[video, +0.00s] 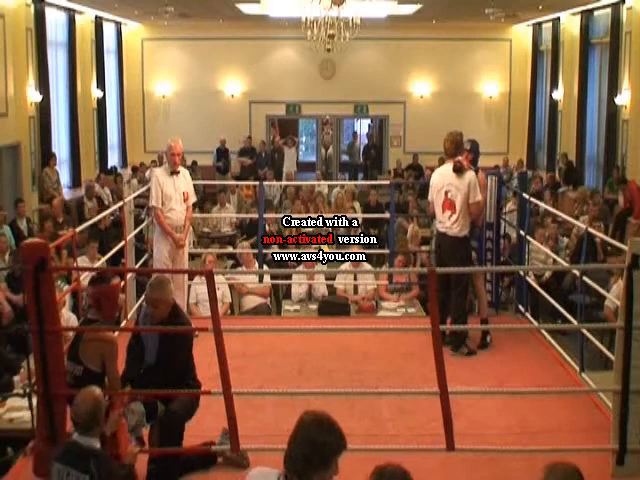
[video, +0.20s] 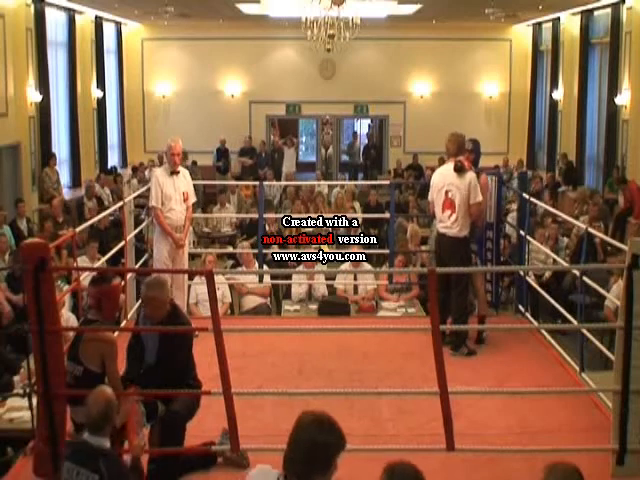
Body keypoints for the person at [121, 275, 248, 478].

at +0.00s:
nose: (152, 311)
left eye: (157, 307)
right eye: (149, 305)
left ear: (171, 303)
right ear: (145, 299)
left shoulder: (181, 326)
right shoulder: (143, 315)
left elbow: (170, 372)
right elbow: (133, 351)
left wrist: (138, 388)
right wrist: (127, 381)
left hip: (182, 389)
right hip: (151, 389)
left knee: (171, 417)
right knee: (164, 468)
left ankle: (158, 471)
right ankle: (216, 450)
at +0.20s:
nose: (148, 308)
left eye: (153, 303)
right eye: (145, 302)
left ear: (167, 301)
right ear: (142, 299)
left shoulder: (180, 326)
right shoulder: (142, 316)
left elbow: (170, 372)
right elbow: (133, 353)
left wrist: (136, 386)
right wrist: (126, 382)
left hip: (182, 389)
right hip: (150, 388)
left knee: (173, 417)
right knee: (163, 468)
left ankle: (159, 470)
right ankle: (216, 451)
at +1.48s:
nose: (149, 284)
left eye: (154, 278)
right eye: (148, 278)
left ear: (169, 279)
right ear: (151, 278)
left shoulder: (179, 318)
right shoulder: (160, 308)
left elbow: (169, 373)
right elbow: (148, 360)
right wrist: (135, 335)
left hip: (176, 396)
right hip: (162, 391)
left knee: (161, 469)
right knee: (158, 467)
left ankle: (217, 451)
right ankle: (215, 449)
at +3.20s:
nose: (145, 289)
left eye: (150, 283)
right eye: (144, 283)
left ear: (166, 282)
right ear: (154, 283)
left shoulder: (182, 320)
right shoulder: (156, 307)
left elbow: (185, 375)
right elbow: (147, 350)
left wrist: (169, 407)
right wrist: (134, 332)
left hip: (178, 399)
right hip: (161, 393)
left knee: (160, 469)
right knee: (159, 467)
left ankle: (216, 452)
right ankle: (214, 450)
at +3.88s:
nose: (141, 294)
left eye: (145, 288)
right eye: (140, 288)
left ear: (162, 287)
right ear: (159, 287)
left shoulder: (181, 321)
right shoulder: (158, 309)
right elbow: (157, 344)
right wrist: (138, 333)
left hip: (180, 399)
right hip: (163, 393)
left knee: (160, 470)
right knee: (159, 467)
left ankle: (217, 451)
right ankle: (215, 450)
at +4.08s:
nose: (141, 294)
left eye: (145, 288)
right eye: (140, 288)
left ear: (162, 287)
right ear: (157, 287)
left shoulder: (180, 321)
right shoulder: (159, 310)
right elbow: (158, 339)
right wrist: (138, 338)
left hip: (179, 400)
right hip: (164, 394)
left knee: (159, 470)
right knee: (161, 466)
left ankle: (216, 452)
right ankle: (215, 450)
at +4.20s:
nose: (142, 296)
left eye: (146, 290)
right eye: (141, 290)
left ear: (162, 288)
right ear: (160, 288)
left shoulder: (181, 322)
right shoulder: (158, 310)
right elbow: (156, 347)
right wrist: (140, 334)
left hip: (179, 400)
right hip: (163, 394)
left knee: (161, 470)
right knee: (158, 467)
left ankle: (216, 451)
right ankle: (215, 450)